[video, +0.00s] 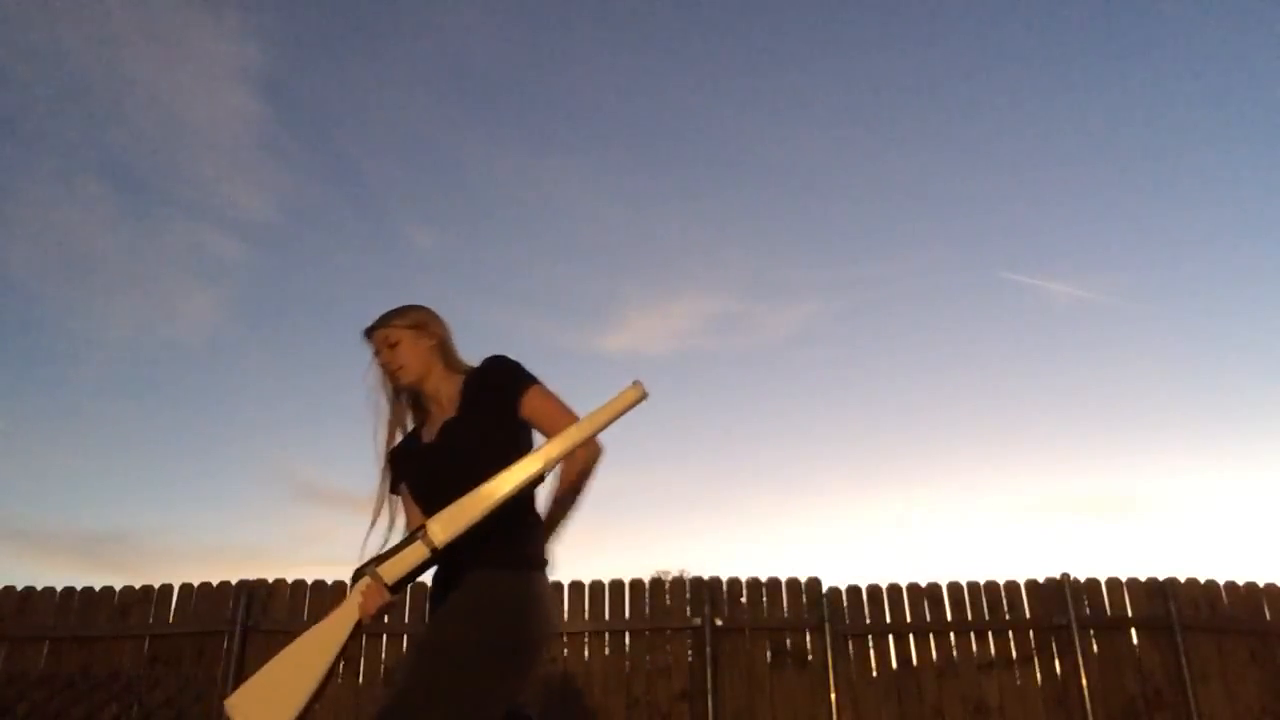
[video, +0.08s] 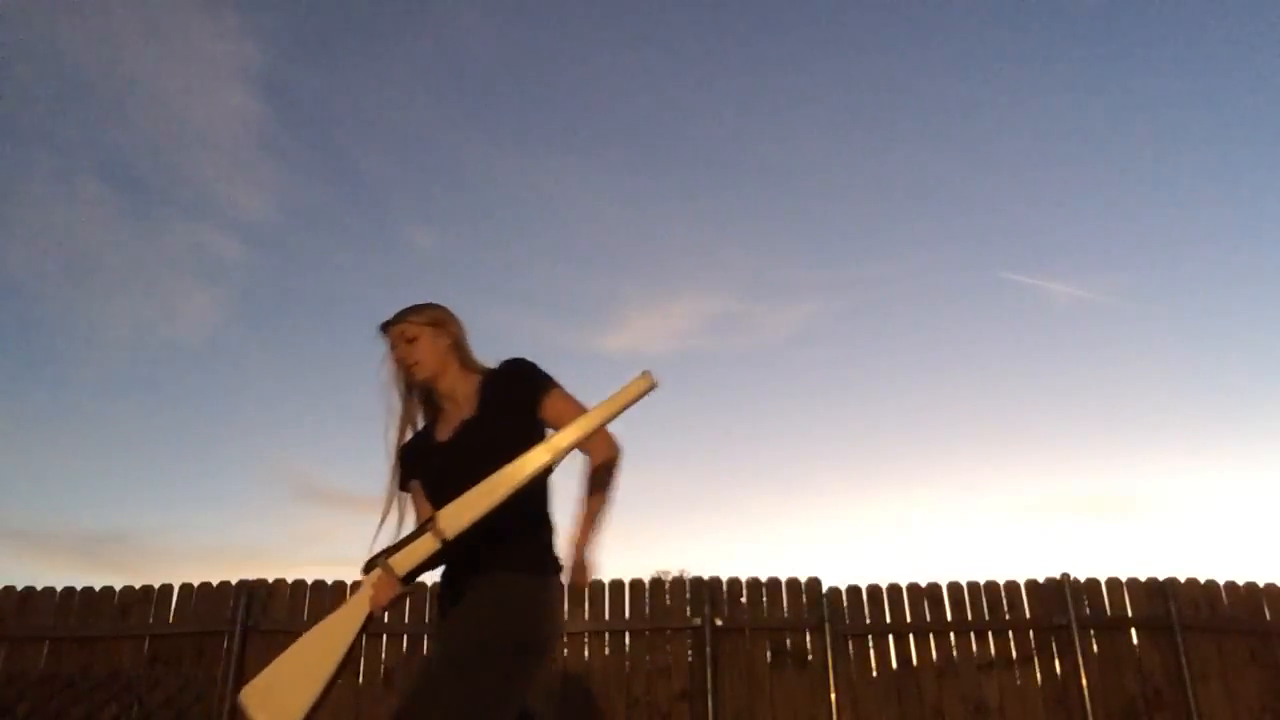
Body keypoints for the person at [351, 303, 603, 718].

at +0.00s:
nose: (385, 361)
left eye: (392, 344)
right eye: (378, 354)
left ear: (430, 336)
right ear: (382, 367)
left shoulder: (494, 378)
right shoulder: (407, 453)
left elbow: (583, 447)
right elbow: (422, 539)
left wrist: (544, 530)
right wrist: (385, 583)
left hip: (511, 589)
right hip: (454, 601)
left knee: (419, 705)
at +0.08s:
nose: (402, 355)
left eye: (410, 339)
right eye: (395, 349)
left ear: (447, 335)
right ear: (398, 363)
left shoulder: (512, 382)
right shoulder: (418, 451)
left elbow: (603, 448)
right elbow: (435, 538)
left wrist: (582, 546)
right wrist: (397, 575)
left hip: (526, 589)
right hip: (461, 602)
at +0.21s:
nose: (436, 350)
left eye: (446, 336)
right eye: (429, 346)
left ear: (480, 334)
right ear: (427, 360)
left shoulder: (550, 391)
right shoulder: (439, 447)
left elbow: (629, 471)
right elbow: (446, 533)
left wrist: (616, 523)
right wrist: (420, 561)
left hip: (550, 585)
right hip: (480, 593)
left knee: (519, 702)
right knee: (472, 704)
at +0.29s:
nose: (464, 345)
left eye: (475, 331)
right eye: (453, 339)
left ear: (505, 336)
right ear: (448, 356)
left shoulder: (569, 398)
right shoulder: (452, 442)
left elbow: (630, 485)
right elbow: (455, 523)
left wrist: (612, 492)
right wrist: (439, 546)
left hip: (567, 579)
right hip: (497, 588)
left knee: (532, 699)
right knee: (492, 702)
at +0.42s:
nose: (507, 331)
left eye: (520, 322)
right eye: (493, 327)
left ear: (542, 334)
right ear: (481, 346)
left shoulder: (590, 402)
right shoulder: (469, 432)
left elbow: (626, 503)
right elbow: (482, 533)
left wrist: (629, 495)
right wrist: (479, 533)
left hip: (588, 583)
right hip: (513, 587)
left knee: (568, 700)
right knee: (506, 702)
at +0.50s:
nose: (531, 319)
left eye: (544, 313)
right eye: (521, 314)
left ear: (566, 334)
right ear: (506, 337)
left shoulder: (605, 403)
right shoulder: (478, 421)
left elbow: (629, 493)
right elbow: (473, 526)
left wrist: (643, 498)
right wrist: (492, 529)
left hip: (599, 593)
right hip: (518, 595)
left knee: (592, 706)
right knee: (518, 708)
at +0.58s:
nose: (569, 319)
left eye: (581, 315)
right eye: (558, 313)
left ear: (595, 342)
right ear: (539, 332)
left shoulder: (618, 406)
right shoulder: (492, 409)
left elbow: (636, 494)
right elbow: (469, 509)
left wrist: (655, 521)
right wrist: (498, 534)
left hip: (609, 599)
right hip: (524, 601)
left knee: (608, 707)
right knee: (525, 709)